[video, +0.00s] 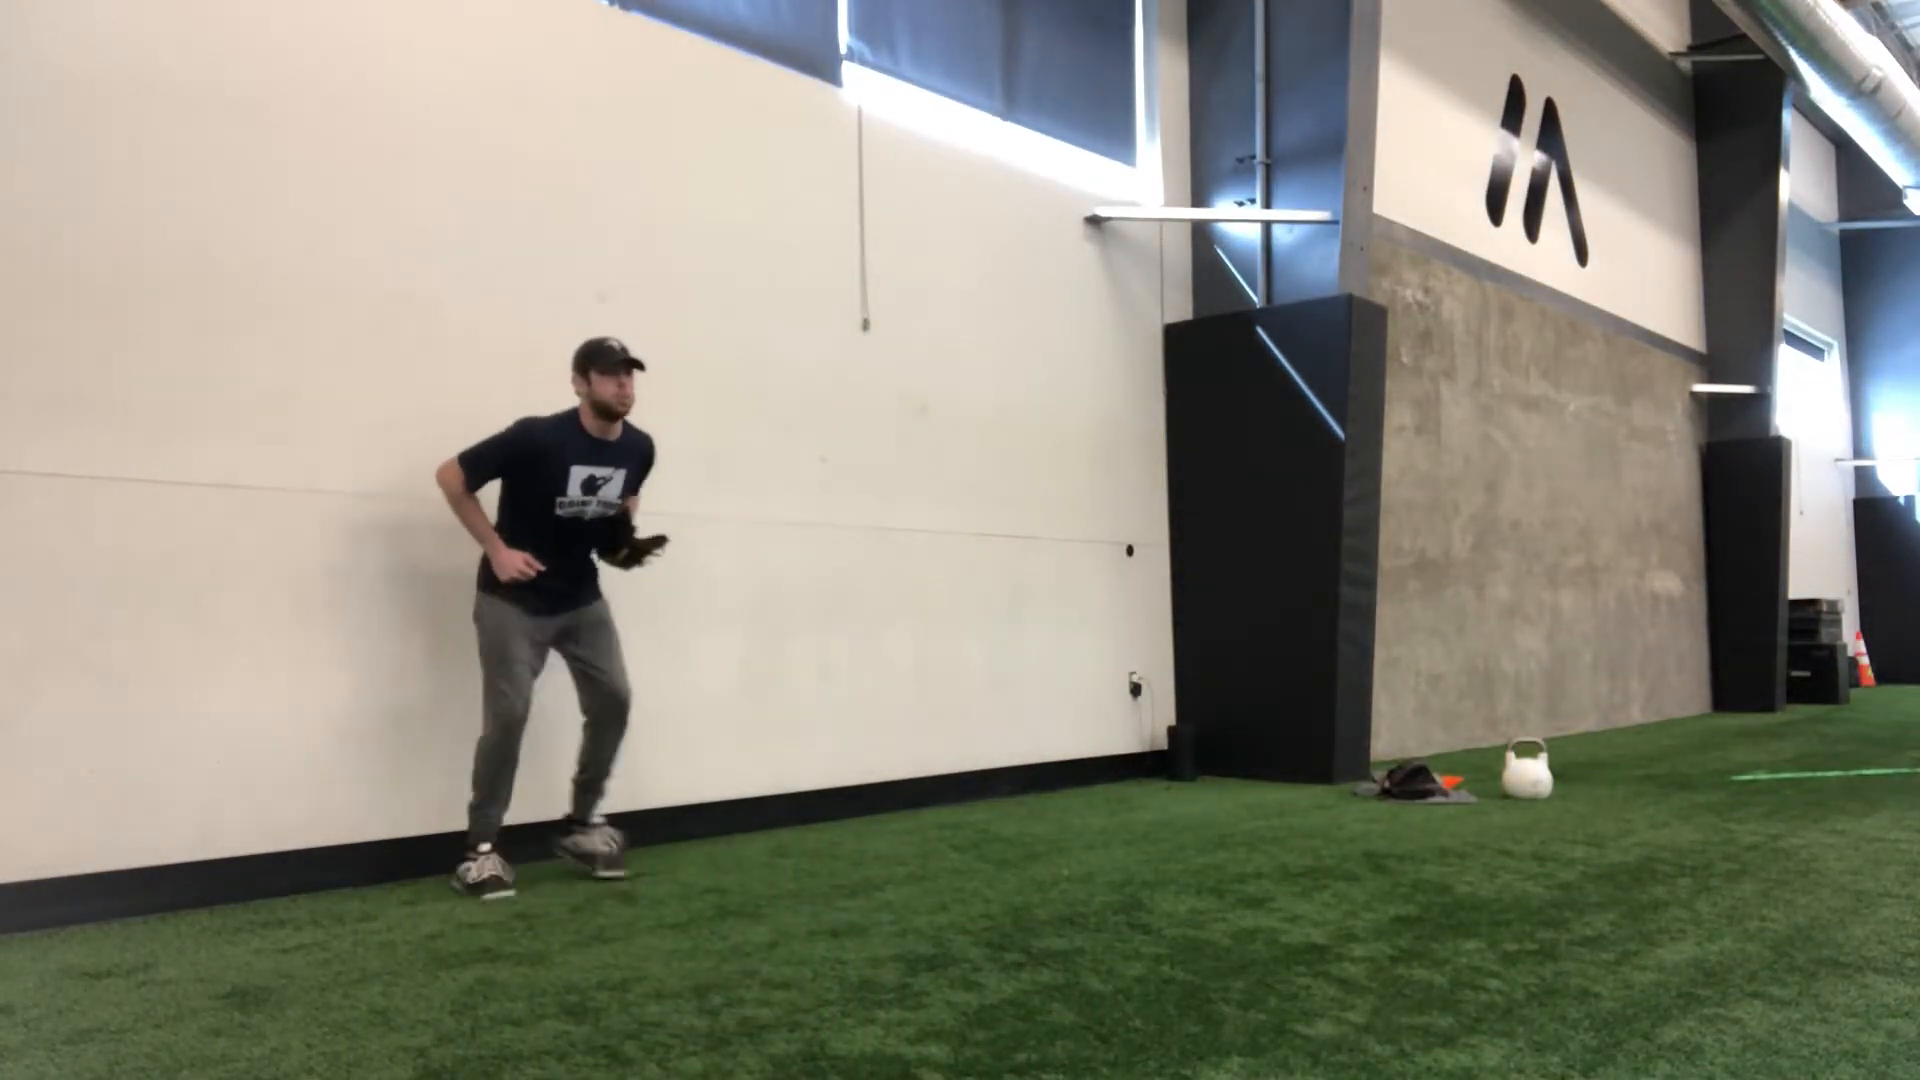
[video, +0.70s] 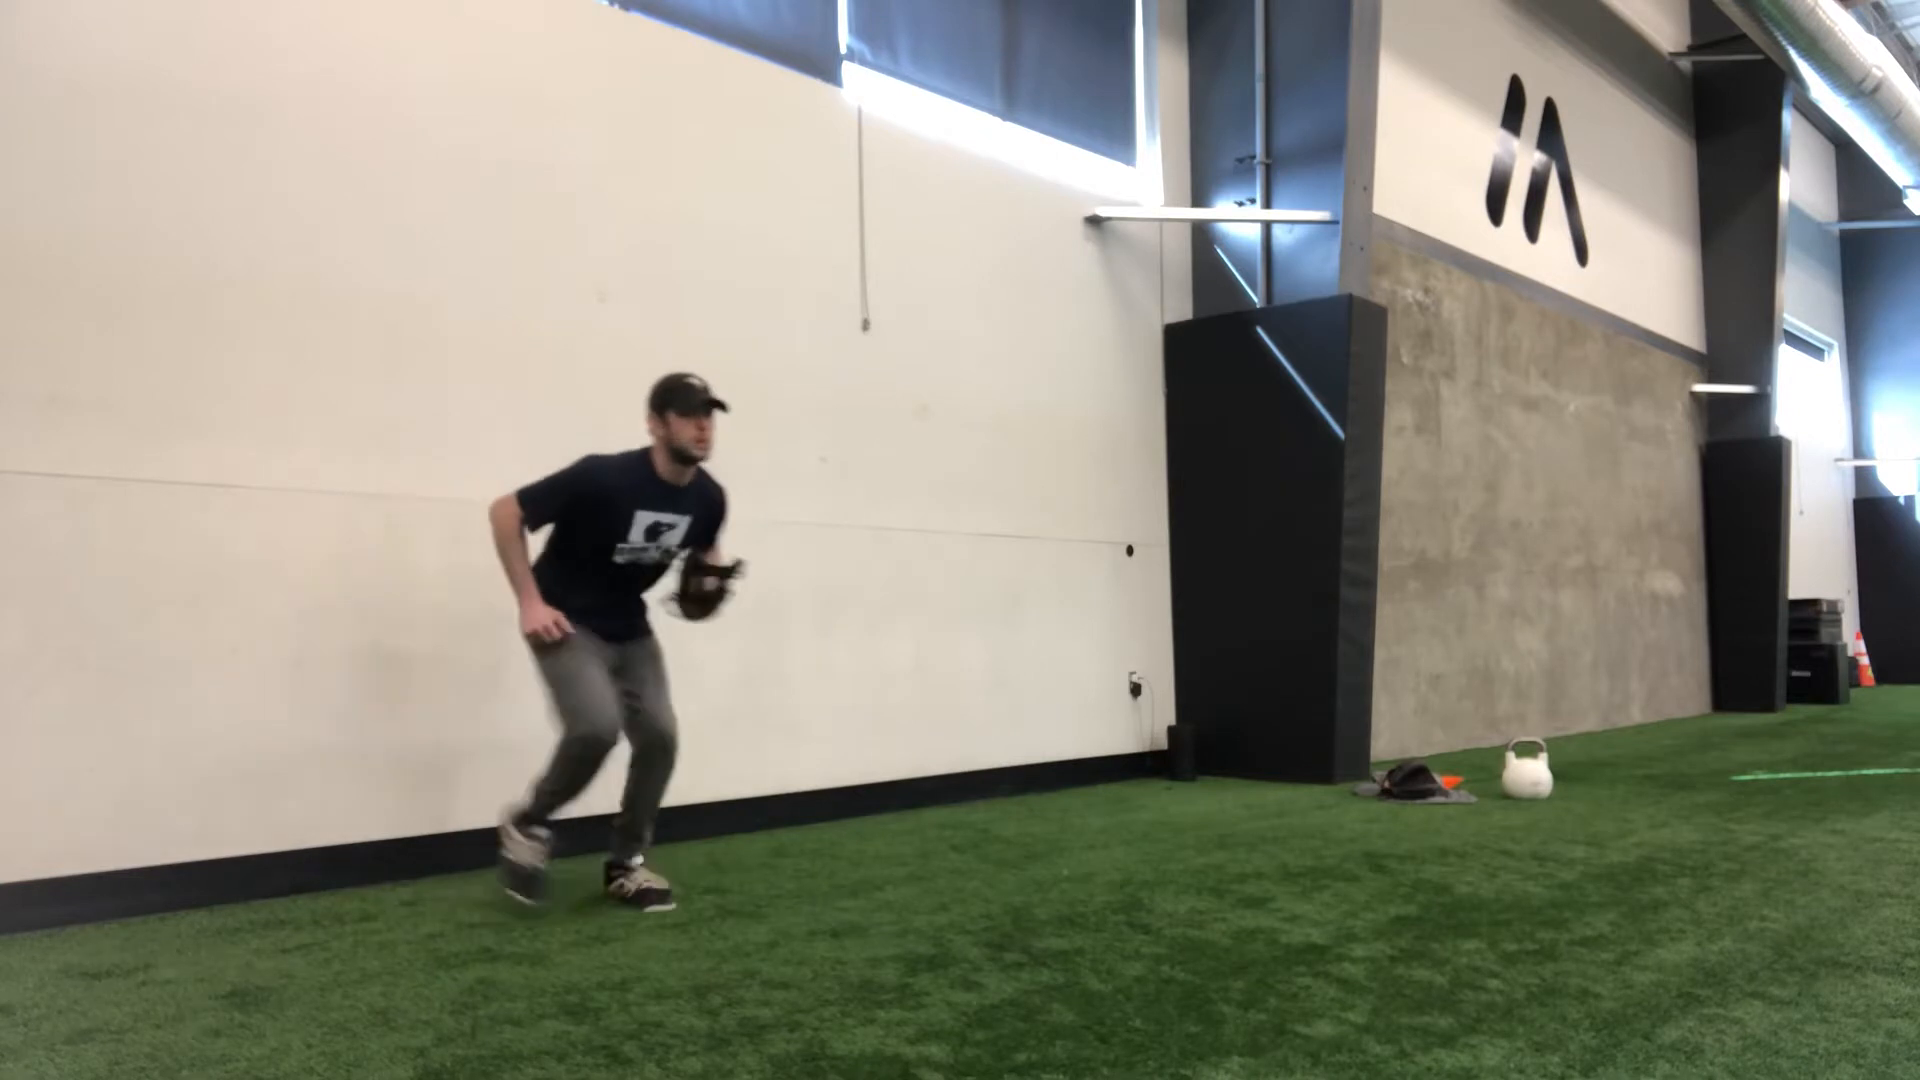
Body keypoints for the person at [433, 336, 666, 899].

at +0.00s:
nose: (625, 385)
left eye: (628, 375)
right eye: (612, 376)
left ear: (634, 383)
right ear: (581, 383)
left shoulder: (637, 448)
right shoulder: (535, 438)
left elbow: (624, 505)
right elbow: (452, 476)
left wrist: (622, 544)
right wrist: (495, 548)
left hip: (580, 598)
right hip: (514, 600)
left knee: (612, 702)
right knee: (508, 716)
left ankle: (583, 824)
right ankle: (482, 849)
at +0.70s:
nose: (704, 428)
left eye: (709, 417)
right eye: (690, 416)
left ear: (714, 424)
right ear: (657, 422)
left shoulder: (707, 500)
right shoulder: (602, 477)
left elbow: (697, 573)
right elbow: (506, 512)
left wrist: (708, 585)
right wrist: (529, 601)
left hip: (626, 622)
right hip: (564, 618)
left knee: (659, 736)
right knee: (597, 728)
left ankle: (625, 866)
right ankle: (527, 826)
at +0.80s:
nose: (723, 424)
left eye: (728, 412)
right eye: (709, 411)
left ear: (733, 418)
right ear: (674, 417)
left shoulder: (724, 498)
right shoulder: (619, 472)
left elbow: (720, 582)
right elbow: (516, 508)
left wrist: (731, 602)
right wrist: (541, 600)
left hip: (635, 612)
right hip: (574, 601)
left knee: (669, 739)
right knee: (617, 700)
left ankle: (623, 861)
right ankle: (581, 870)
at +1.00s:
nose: (752, 453)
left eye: (756, 440)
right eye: (739, 441)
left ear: (757, 441)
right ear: (701, 441)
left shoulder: (752, 512)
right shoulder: (647, 502)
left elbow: (762, 601)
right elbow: (541, 578)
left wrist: (771, 647)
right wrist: (611, 649)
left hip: (660, 631)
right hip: (596, 631)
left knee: (740, 700)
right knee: (653, 732)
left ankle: (603, 775)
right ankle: (622, 915)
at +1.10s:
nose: (768, 483)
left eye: (773, 470)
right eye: (756, 470)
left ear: (776, 468)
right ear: (716, 468)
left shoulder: (773, 530)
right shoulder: (662, 526)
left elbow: (782, 630)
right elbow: (594, 634)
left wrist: (792, 678)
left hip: (676, 634)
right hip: (607, 636)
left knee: (770, 680)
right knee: (668, 732)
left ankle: (628, 775)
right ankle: (622, 914)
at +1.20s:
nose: (788, 513)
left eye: (794, 500)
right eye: (776, 500)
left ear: (800, 496)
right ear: (737, 496)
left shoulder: (790, 553)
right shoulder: (681, 549)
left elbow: (798, 655)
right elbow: (661, 676)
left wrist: (810, 728)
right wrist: (778, 698)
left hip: (692, 628)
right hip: (617, 634)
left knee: (792, 674)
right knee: (671, 733)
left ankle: (781, 812)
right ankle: (621, 913)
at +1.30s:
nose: (817, 556)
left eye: (823, 542)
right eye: (805, 542)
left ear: (829, 535)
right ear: (767, 531)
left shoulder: (816, 590)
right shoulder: (708, 573)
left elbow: (812, 704)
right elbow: (720, 704)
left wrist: (835, 786)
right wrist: (832, 719)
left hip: (719, 639)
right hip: (638, 633)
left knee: (818, 720)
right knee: (669, 730)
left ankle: (904, 837)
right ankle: (622, 913)